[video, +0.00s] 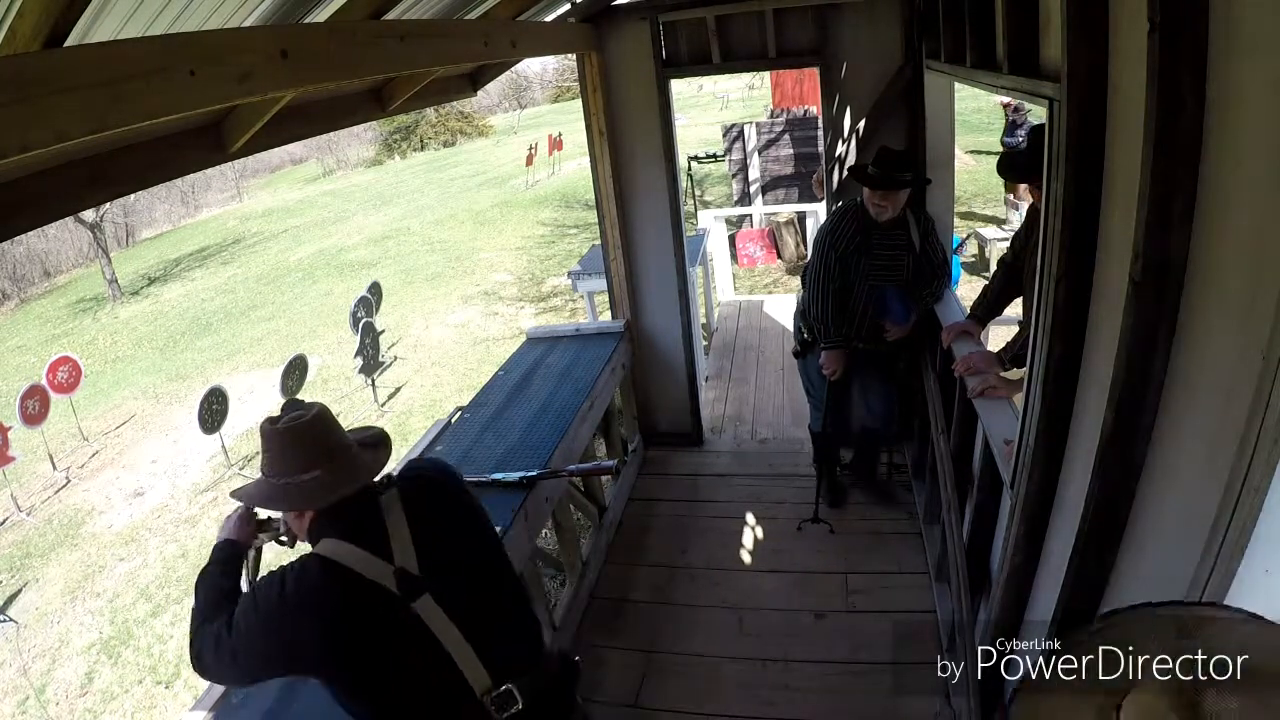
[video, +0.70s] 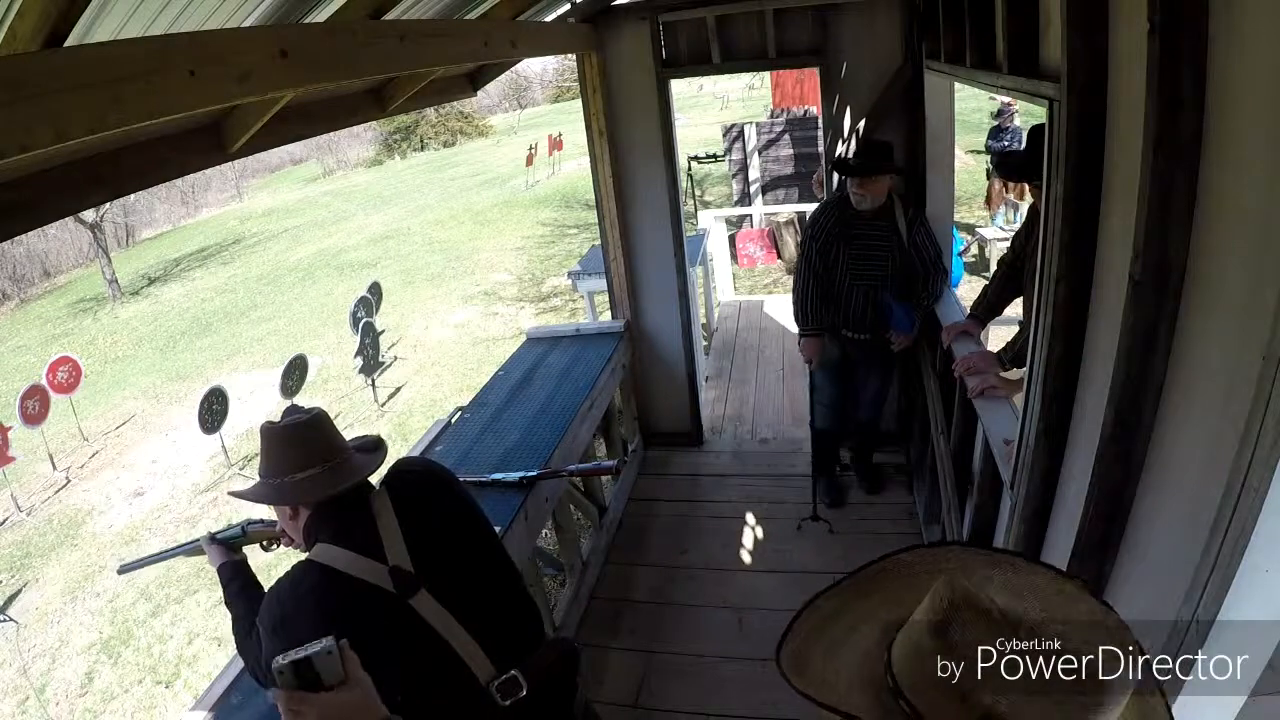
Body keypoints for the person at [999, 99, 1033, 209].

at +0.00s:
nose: (1016, 118)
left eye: (1019, 115)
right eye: (1014, 115)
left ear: (1024, 114)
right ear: (1012, 114)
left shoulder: (1029, 127)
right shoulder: (1011, 125)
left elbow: (1022, 142)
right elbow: (1004, 139)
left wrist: (1004, 141)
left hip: (1024, 163)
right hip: (1010, 161)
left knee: (1021, 194)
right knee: (1010, 193)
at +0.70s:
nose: (1001, 121)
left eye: (1004, 118)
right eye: (1000, 118)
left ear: (1011, 117)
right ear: (999, 118)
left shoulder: (1017, 131)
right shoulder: (994, 130)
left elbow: (1016, 147)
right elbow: (988, 147)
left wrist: (995, 146)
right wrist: (1006, 145)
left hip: (1014, 168)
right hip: (997, 167)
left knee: (1014, 195)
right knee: (995, 195)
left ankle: (1016, 221)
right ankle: (997, 222)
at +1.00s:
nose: (990, 124)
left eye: (992, 122)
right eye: (989, 122)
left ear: (999, 119)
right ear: (987, 121)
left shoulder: (1007, 132)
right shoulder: (983, 131)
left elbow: (1004, 150)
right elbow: (978, 149)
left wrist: (982, 150)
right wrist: (995, 148)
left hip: (1000, 171)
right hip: (986, 170)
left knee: (997, 202)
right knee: (986, 201)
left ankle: (999, 227)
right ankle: (994, 225)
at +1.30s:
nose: (982, 131)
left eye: (985, 127)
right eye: (981, 128)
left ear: (991, 126)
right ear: (979, 127)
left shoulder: (1000, 140)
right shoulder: (975, 137)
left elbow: (992, 159)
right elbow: (967, 154)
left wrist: (974, 156)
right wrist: (984, 153)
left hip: (990, 178)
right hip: (976, 177)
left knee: (983, 210)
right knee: (977, 206)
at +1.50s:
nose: (975, 131)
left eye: (978, 128)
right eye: (974, 128)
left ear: (986, 126)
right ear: (973, 127)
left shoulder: (992, 139)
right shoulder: (970, 136)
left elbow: (986, 159)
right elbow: (961, 153)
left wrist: (970, 155)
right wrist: (976, 153)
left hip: (983, 178)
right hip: (968, 176)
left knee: (980, 209)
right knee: (965, 208)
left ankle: (979, 229)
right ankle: (968, 227)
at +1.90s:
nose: (961, 134)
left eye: (964, 131)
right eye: (960, 131)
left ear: (970, 130)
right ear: (958, 131)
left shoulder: (978, 143)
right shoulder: (955, 142)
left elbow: (974, 164)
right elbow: (948, 157)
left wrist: (956, 159)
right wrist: (964, 158)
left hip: (971, 185)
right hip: (955, 184)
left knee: (972, 219)